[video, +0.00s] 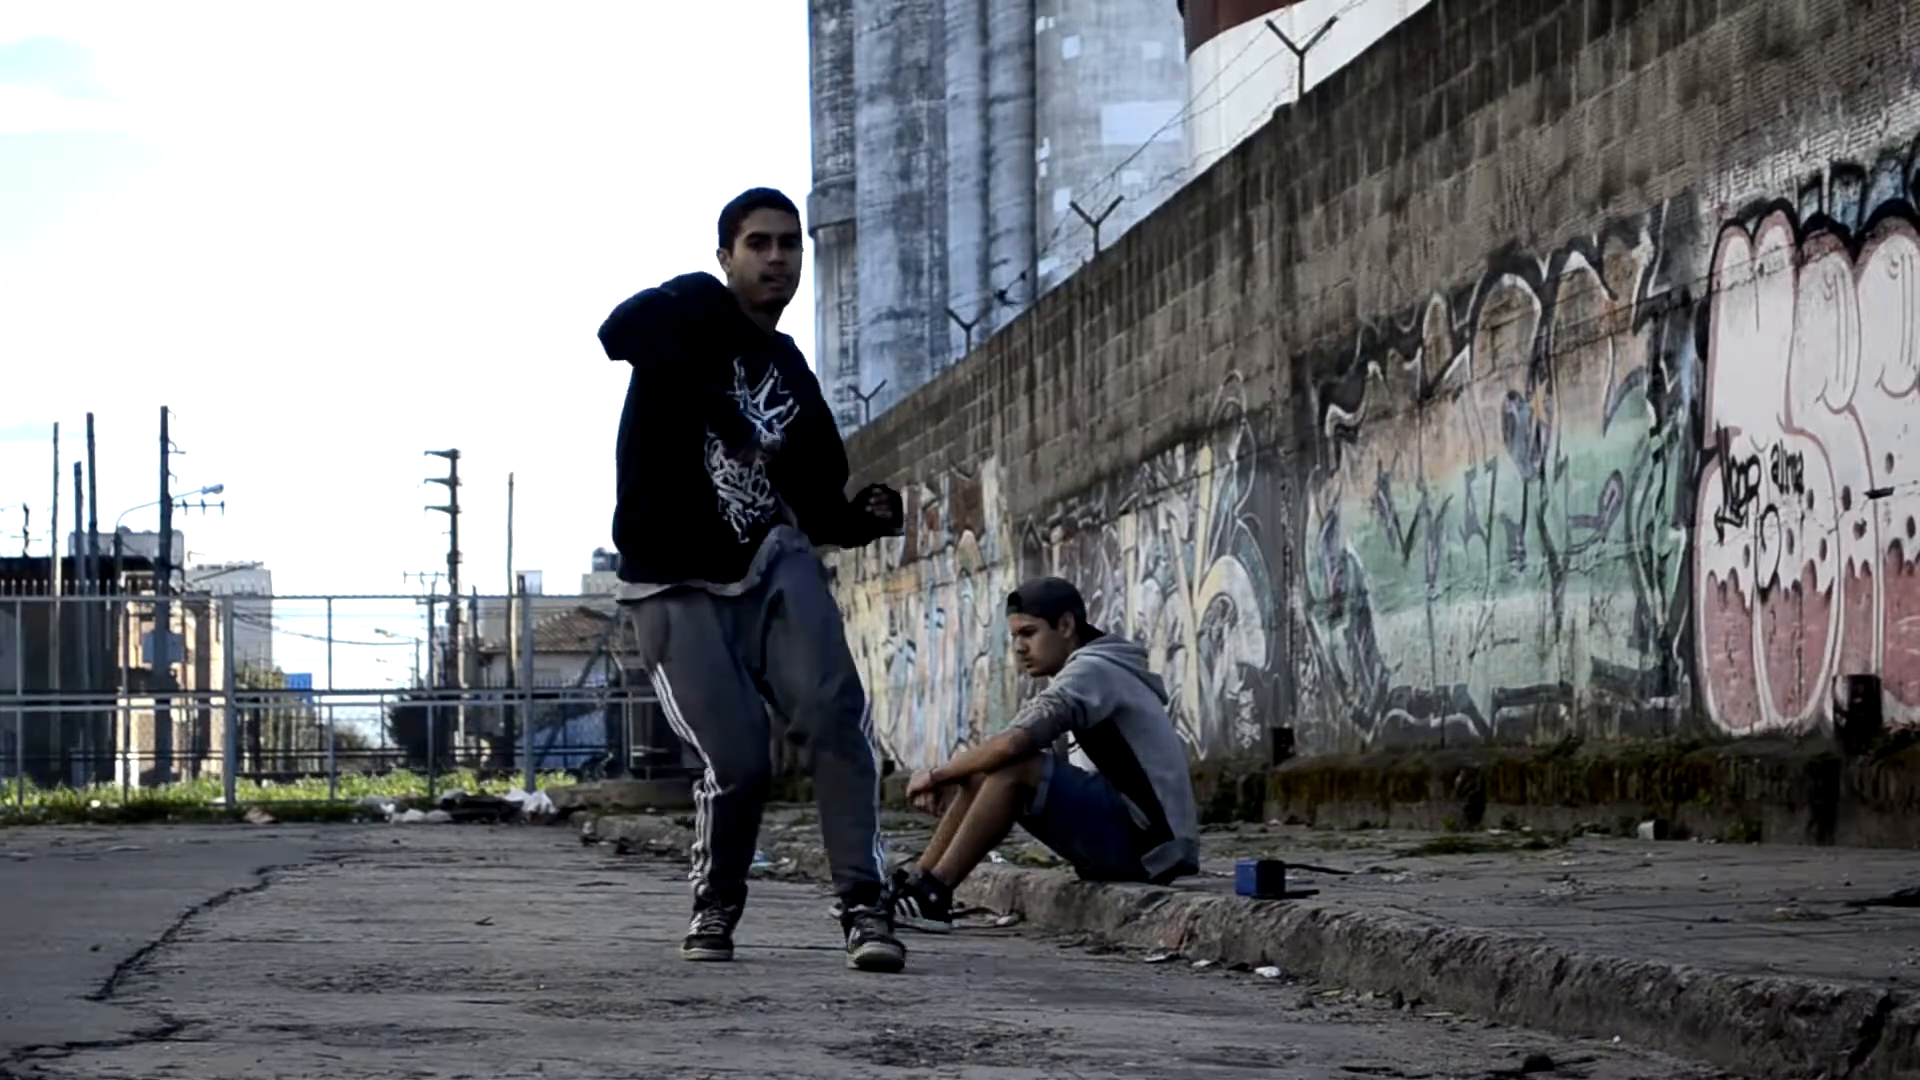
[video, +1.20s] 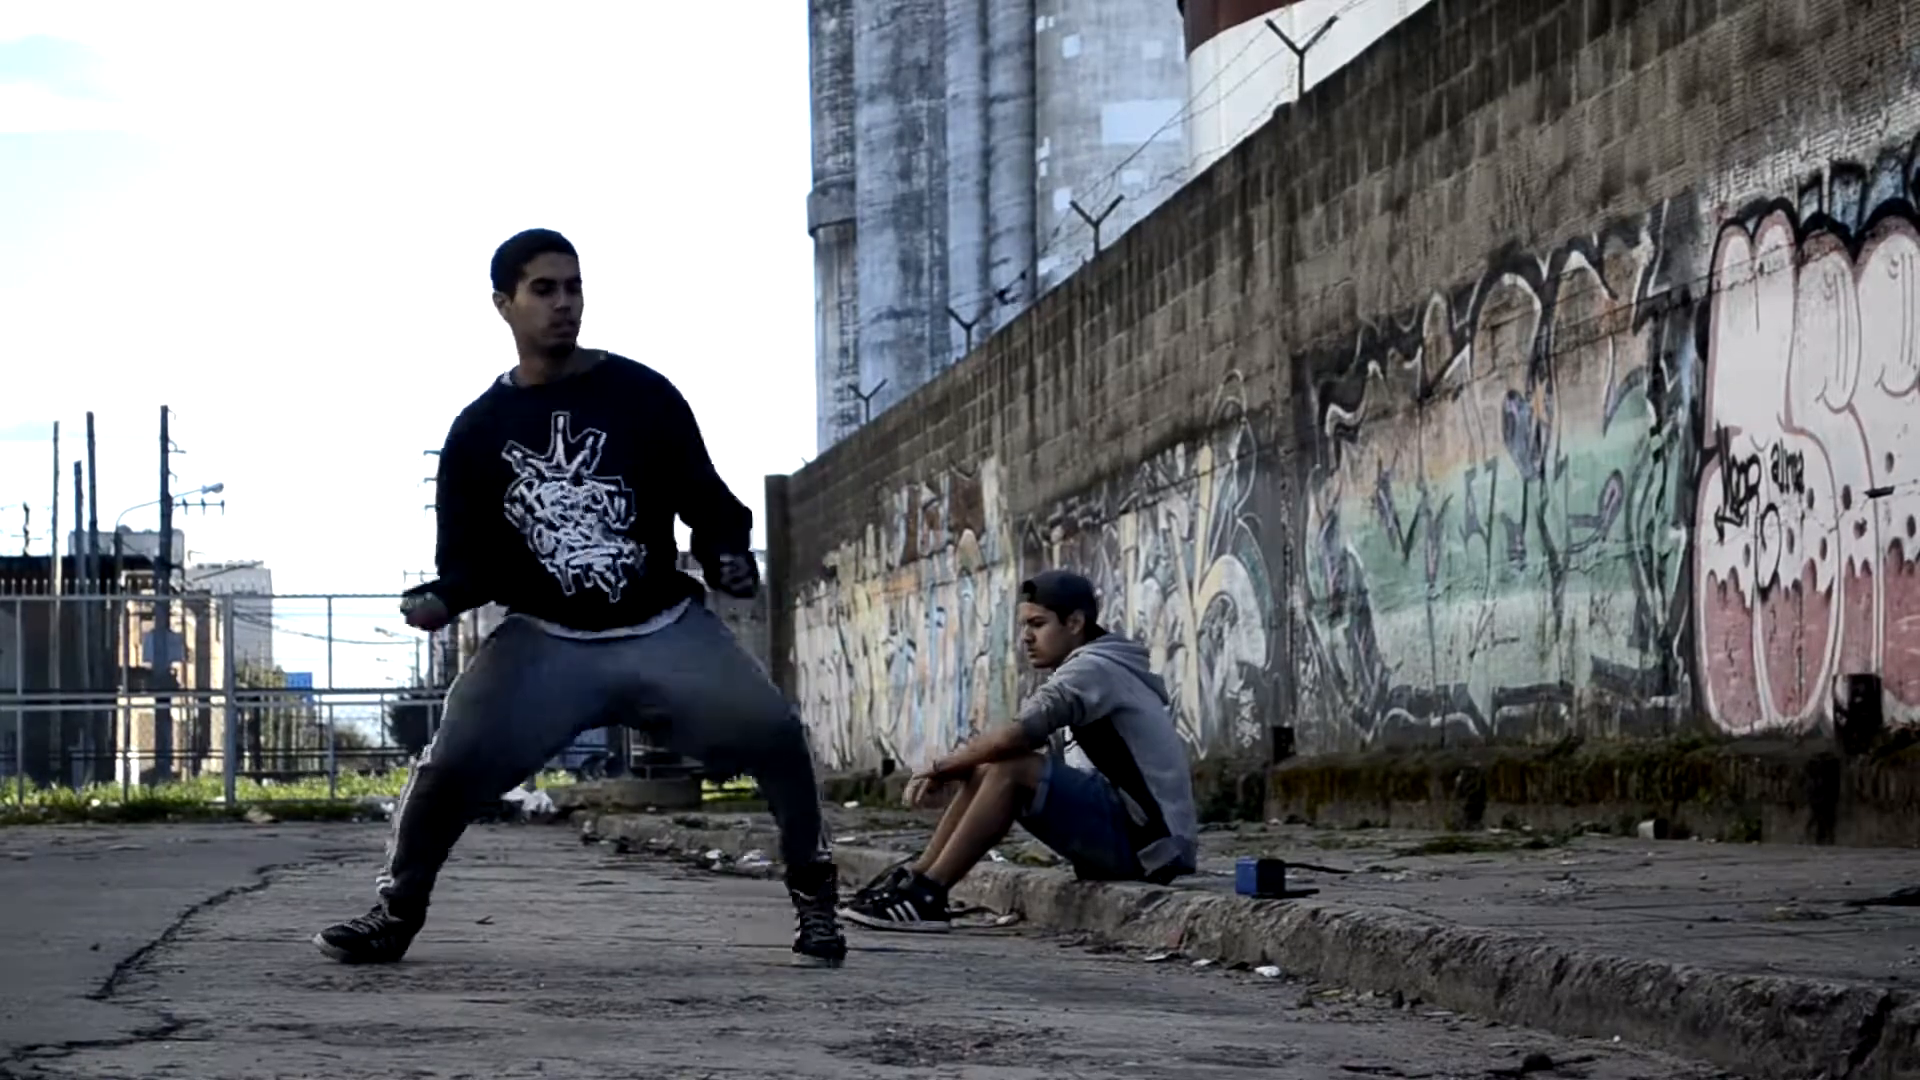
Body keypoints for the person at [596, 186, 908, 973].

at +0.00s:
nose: (777, 258)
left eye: (789, 244)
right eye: (759, 244)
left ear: (802, 258)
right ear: (726, 256)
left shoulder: (796, 379)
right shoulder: (688, 314)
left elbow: (819, 514)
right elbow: (619, 335)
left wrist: (869, 514)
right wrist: (709, 286)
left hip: (776, 563)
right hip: (676, 576)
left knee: (835, 717)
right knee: (738, 759)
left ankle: (865, 906)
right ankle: (717, 899)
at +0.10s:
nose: (788, 277)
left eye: (801, 264)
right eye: (771, 261)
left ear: (812, 283)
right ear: (739, 273)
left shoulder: (796, 411)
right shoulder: (689, 328)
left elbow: (812, 554)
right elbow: (585, 351)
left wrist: (868, 506)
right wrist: (667, 391)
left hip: (774, 601)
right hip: (673, 611)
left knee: (844, 737)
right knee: (732, 776)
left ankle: (869, 908)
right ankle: (713, 909)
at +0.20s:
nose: (776, 247)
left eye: (791, 234)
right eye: (759, 230)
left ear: (804, 248)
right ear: (729, 239)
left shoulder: (795, 368)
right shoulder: (674, 297)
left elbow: (785, 504)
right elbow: (565, 362)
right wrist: (638, 444)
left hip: (744, 571)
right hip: (640, 576)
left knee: (792, 709)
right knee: (670, 768)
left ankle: (823, 898)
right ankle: (701, 906)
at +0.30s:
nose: (736, 225)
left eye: (751, 210)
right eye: (719, 209)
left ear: (767, 225)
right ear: (690, 222)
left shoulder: (787, 334)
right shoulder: (638, 298)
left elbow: (759, 449)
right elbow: (546, 402)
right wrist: (609, 492)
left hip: (734, 574)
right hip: (625, 576)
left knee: (777, 732)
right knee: (596, 750)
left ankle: (762, 910)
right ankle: (638, 870)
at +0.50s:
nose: (598, 266)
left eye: (613, 251)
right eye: (581, 252)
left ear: (635, 263)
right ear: (555, 270)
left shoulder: (690, 341)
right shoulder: (533, 363)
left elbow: (762, 437)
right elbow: (465, 448)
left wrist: (671, 501)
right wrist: (482, 473)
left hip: (701, 611)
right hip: (583, 604)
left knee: (772, 731)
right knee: (456, 710)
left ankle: (760, 910)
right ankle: (405, 902)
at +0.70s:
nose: (639, 359)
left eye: (651, 343)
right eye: (621, 343)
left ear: (664, 350)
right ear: (586, 351)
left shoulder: (693, 448)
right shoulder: (529, 448)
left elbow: (742, 572)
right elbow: (457, 561)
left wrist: (816, 640)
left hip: (658, 675)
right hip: (534, 671)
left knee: (768, 747)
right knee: (419, 749)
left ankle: (739, 912)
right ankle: (387, 916)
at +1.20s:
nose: (564, 303)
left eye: (574, 289)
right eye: (545, 289)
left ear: (585, 299)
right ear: (504, 304)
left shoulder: (643, 394)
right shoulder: (476, 431)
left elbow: (706, 497)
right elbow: (470, 556)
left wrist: (733, 555)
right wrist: (443, 596)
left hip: (667, 632)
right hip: (542, 642)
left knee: (777, 732)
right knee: (450, 762)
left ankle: (816, 903)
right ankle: (396, 914)